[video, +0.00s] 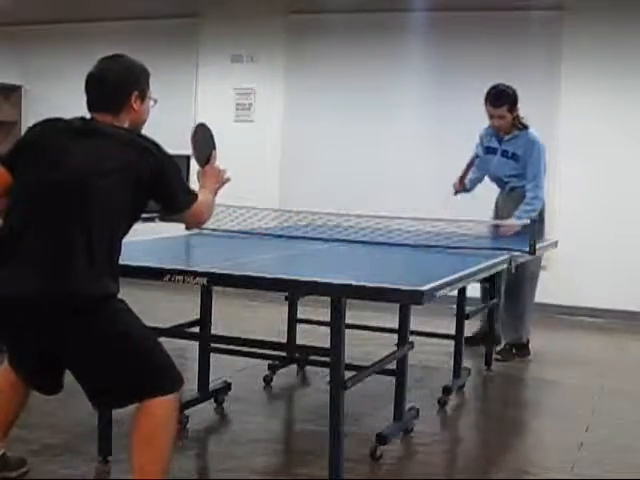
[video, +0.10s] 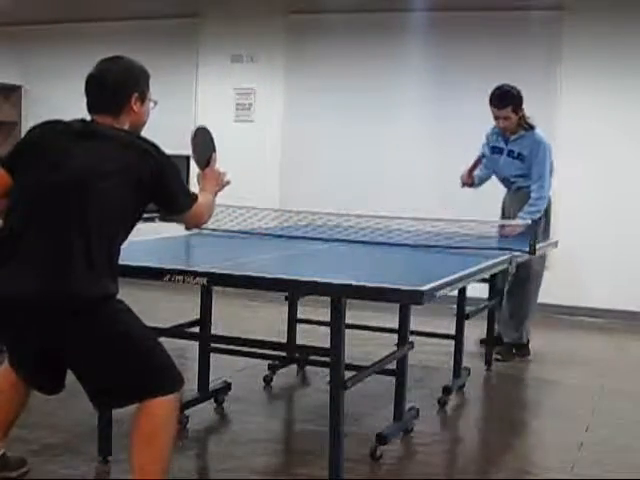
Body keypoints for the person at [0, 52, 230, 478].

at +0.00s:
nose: (148, 110)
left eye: (150, 101)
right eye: (148, 100)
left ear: (92, 98)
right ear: (134, 102)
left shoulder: (43, 133)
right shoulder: (145, 155)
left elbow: (1, 184)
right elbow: (196, 215)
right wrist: (209, 186)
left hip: (15, 288)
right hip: (83, 295)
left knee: (20, 365)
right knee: (161, 389)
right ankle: (148, 473)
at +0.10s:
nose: (149, 111)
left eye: (150, 102)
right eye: (148, 102)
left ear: (92, 100)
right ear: (134, 104)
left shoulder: (43, 135)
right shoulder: (146, 158)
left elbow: (2, 185)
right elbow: (195, 217)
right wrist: (209, 187)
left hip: (15, 289)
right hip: (83, 296)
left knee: (21, 365)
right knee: (162, 389)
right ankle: (148, 473)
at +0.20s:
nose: (148, 112)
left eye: (149, 103)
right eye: (148, 103)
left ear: (91, 100)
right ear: (134, 104)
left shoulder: (42, 136)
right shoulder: (144, 158)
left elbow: (2, 185)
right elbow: (194, 217)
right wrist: (210, 189)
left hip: (15, 290)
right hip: (82, 298)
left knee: (21, 366)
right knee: (162, 389)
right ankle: (148, 474)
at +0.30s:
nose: (148, 112)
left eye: (149, 103)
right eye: (147, 102)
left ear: (91, 100)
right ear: (132, 104)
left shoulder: (41, 135)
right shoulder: (144, 158)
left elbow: (2, 185)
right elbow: (193, 218)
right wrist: (208, 190)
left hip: (12, 288)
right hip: (80, 296)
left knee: (17, 365)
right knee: (162, 389)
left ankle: (0, 453)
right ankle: (148, 473)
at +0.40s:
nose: (147, 111)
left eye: (148, 103)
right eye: (146, 102)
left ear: (90, 99)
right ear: (130, 104)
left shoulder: (40, 135)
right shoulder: (142, 157)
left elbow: (2, 185)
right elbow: (192, 217)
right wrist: (207, 188)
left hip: (12, 288)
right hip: (79, 296)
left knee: (16, 365)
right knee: (161, 389)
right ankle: (148, 473)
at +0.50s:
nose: (144, 111)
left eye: (146, 102)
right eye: (144, 101)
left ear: (88, 98)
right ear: (129, 102)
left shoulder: (38, 134)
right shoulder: (139, 155)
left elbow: (2, 185)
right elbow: (190, 217)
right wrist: (205, 188)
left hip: (12, 288)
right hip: (78, 295)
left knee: (16, 365)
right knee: (160, 389)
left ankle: (0, 453)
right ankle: (148, 473)